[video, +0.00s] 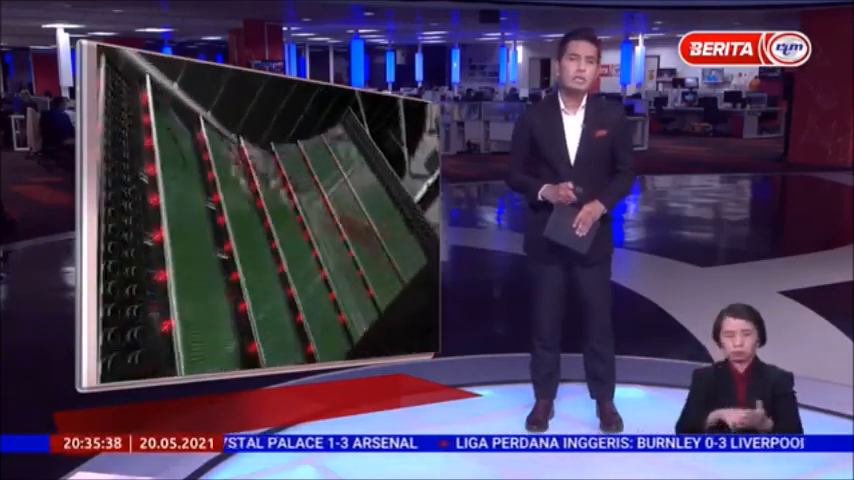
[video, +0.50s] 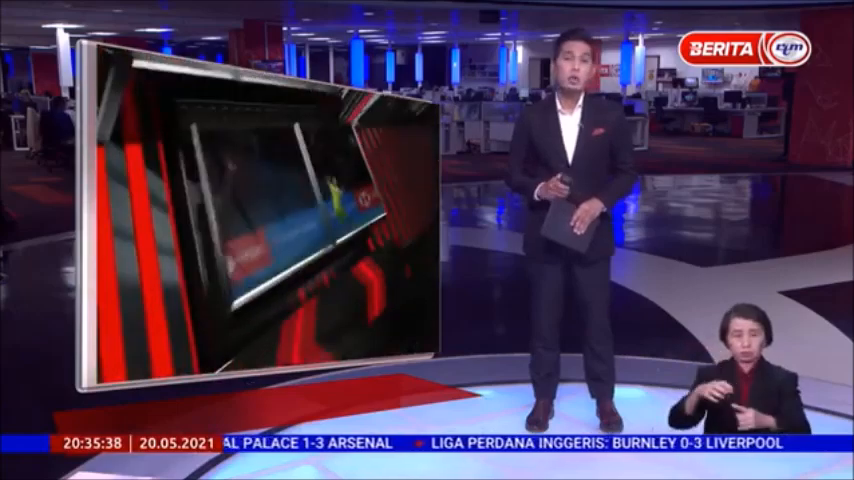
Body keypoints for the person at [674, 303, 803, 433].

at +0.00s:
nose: (738, 342)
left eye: (746, 334)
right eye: (729, 335)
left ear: (759, 338)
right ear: (719, 341)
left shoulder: (779, 380)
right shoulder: (704, 378)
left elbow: (794, 435)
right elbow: (683, 430)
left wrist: (764, 424)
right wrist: (717, 416)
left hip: (766, 464)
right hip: (714, 462)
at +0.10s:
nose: (740, 341)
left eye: (748, 333)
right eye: (732, 334)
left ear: (761, 339)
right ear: (722, 341)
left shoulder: (780, 379)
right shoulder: (705, 377)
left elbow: (798, 431)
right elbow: (680, 430)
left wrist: (759, 413)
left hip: (767, 465)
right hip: (714, 463)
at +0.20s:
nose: (743, 342)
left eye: (751, 333)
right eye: (734, 335)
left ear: (762, 338)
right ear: (724, 341)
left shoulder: (780, 378)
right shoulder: (710, 375)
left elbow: (794, 424)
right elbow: (679, 420)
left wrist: (753, 402)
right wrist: (691, 381)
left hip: (768, 464)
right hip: (718, 463)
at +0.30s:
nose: (745, 343)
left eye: (753, 335)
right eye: (737, 335)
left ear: (765, 340)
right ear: (726, 340)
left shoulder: (781, 378)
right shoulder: (712, 374)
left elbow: (791, 423)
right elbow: (677, 412)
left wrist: (750, 398)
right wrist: (691, 371)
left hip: (765, 461)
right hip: (717, 459)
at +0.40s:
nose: (745, 343)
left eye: (753, 334)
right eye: (737, 335)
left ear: (765, 340)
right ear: (726, 341)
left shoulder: (781, 379)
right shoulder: (713, 375)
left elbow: (794, 426)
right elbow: (676, 414)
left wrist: (751, 402)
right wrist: (695, 379)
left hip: (767, 461)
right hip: (716, 460)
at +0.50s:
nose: (746, 343)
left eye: (754, 334)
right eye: (737, 335)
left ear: (765, 339)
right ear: (726, 341)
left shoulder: (783, 380)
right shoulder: (710, 376)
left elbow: (801, 429)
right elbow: (677, 422)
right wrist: (697, 394)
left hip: (770, 465)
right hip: (717, 463)